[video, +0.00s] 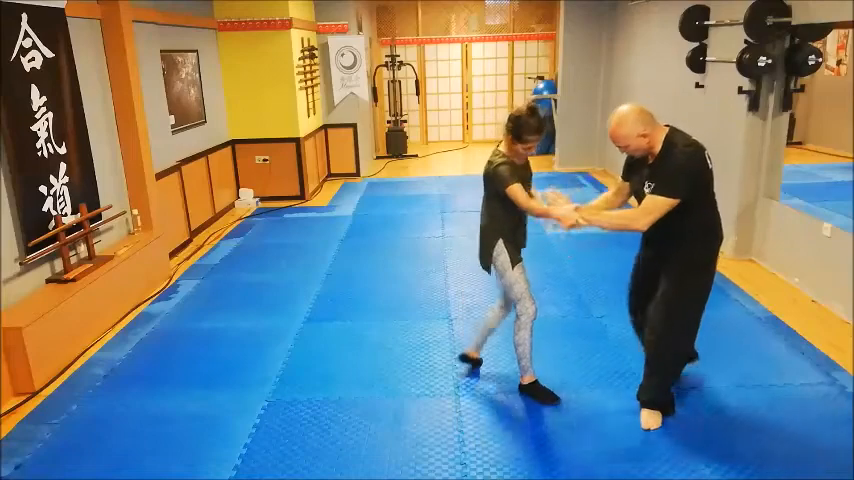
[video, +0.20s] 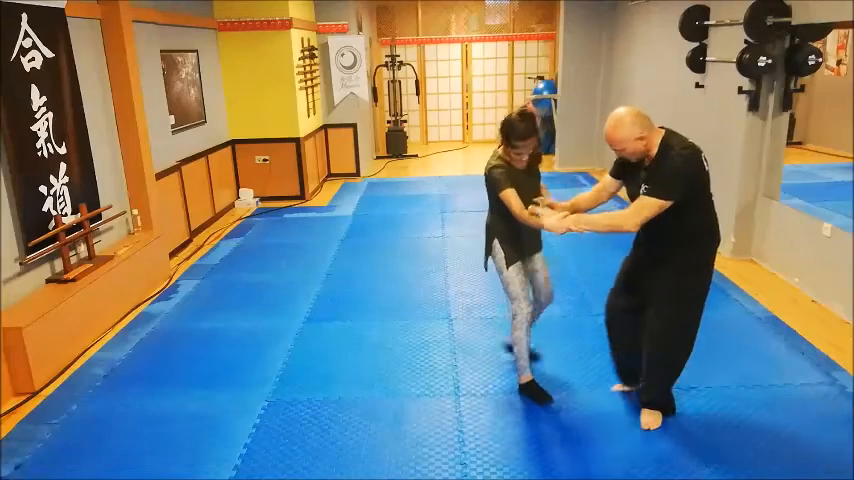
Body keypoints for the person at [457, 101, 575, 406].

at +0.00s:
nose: (530, 152)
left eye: (534, 147)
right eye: (525, 147)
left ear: (537, 138)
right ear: (510, 137)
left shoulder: (519, 158)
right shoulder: (501, 168)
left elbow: (527, 194)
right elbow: (526, 205)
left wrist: (548, 206)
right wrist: (558, 214)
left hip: (510, 240)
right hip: (499, 244)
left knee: (506, 304)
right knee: (526, 310)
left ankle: (472, 352)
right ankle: (527, 379)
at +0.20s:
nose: (525, 157)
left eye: (530, 151)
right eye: (518, 152)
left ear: (536, 142)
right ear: (504, 144)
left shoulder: (532, 160)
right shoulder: (497, 171)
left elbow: (539, 193)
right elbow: (519, 213)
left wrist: (552, 208)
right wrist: (553, 224)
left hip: (529, 236)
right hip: (504, 241)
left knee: (544, 296)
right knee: (520, 308)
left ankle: (517, 339)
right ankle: (525, 378)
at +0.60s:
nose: (509, 178)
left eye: (512, 171)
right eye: (501, 174)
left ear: (520, 156)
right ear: (491, 167)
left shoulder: (539, 157)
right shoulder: (486, 178)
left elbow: (556, 178)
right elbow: (500, 220)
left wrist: (550, 217)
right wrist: (516, 232)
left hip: (546, 240)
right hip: (510, 245)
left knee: (553, 299)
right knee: (511, 313)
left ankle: (553, 342)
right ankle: (520, 378)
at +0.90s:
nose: (486, 195)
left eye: (488, 189)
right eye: (481, 192)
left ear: (499, 174)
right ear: (477, 185)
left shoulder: (533, 170)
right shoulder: (478, 190)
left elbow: (558, 193)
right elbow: (498, 223)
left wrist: (544, 231)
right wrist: (520, 248)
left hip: (546, 243)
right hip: (511, 249)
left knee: (556, 301)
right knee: (513, 313)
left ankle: (561, 343)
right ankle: (521, 381)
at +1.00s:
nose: (485, 202)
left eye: (488, 196)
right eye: (481, 199)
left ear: (501, 179)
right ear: (477, 189)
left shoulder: (534, 175)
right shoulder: (480, 195)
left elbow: (559, 194)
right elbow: (504, 235)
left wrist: (546, 233)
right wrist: (529, 258)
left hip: (546, 241)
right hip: (511, 248)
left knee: (556, 299)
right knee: (513, 313)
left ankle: (560, 342)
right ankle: (521, 381)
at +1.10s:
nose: (491, 207)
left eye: (493, 202)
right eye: (485, 205)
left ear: (502, 183)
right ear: (478, 196)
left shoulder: (535, 177)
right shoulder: (481, 199)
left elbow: (558, 194)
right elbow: (504, 233)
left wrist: (547, 235)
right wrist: (533, 262)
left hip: (545, 243)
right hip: (510, 250)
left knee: (555, 297)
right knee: (513, 313)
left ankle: (558, 342)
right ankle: (521, 381)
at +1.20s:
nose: (495, 210)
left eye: (497, 204)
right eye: (489, 209)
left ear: (505, 185)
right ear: (481, 198)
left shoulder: (534, 177)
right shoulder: (484, 201)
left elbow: (558, 191)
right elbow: (507, 235)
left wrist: (548, 232)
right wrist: (537, 263)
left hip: (543, 241)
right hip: (509, 247)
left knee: (554, 298)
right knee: (512, 312)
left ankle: (556, 342)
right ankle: (520, 381)